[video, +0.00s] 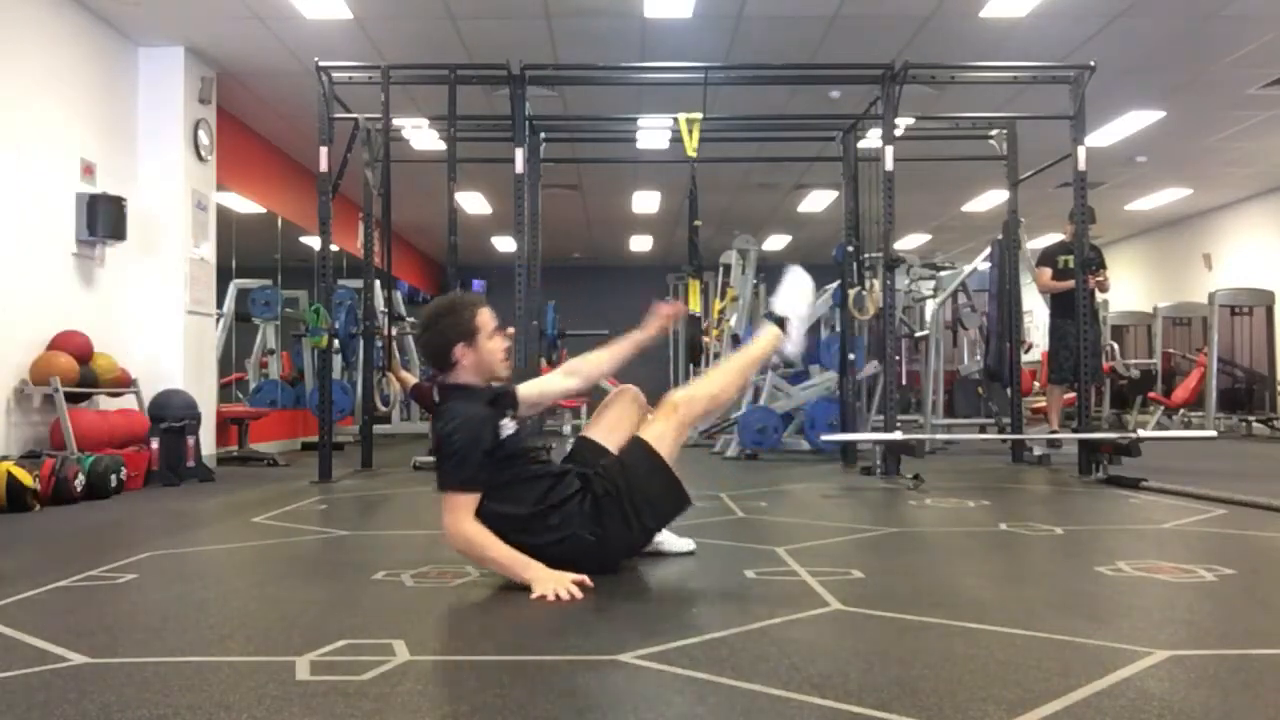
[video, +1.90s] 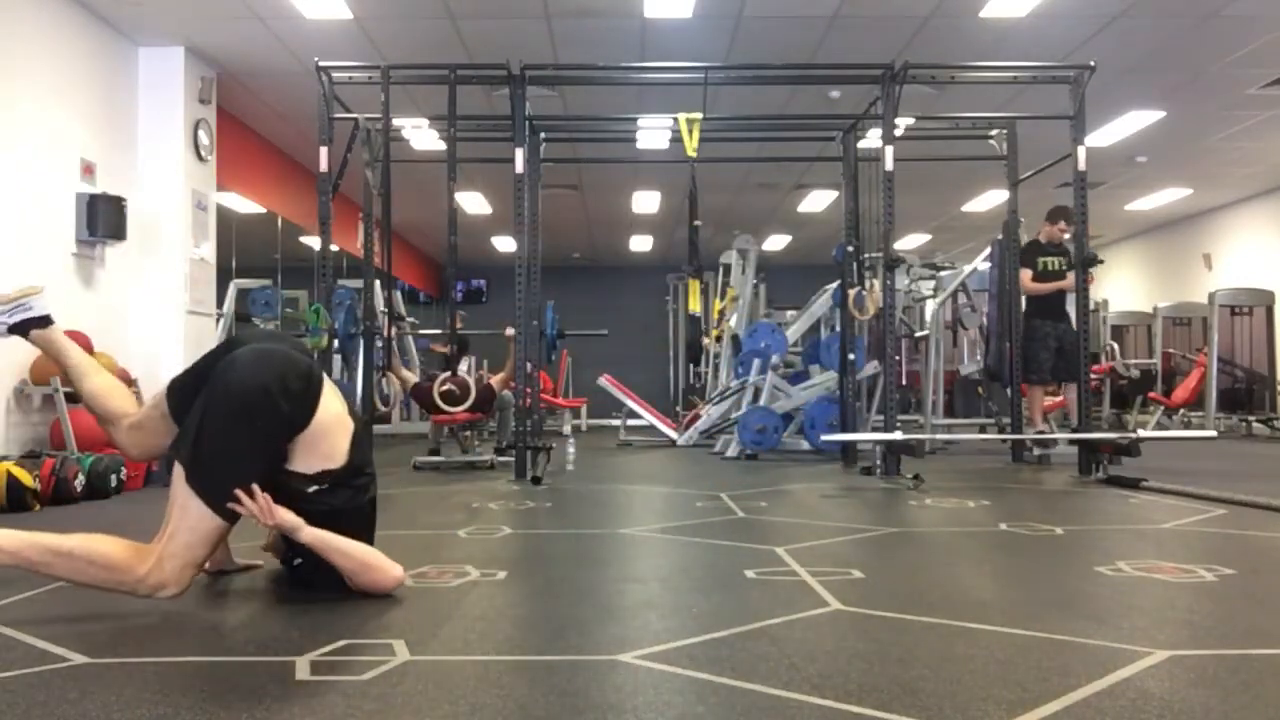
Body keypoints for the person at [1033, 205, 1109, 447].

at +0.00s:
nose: (1082, 230)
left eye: (1086, 225)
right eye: (1078, 224)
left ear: (1092, 227)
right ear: (1069, 224)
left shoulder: (1094, 252)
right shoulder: (1051, 252)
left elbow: (1104, 287)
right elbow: (1043, 285)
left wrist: (1100, 282)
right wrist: (1075, 283)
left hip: (1089, 321)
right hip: (1062, 321)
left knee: (1089, 375)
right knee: (1058, 377)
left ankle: (1087, 423)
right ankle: (1054, 427)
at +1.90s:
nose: (1065, 236)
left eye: (1067, 231)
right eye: (1062, 230)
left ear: (1063, 230)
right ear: (1049, 225)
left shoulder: (1064, 251)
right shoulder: (1029, 250)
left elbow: (1069, 280)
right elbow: (1025, 286)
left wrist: (1081, 280)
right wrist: (1063, 284)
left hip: (1061, 318)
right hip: (1038, 319)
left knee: (1072, 373)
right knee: (1038, 377)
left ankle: (1076, 422)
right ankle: (1038, 425)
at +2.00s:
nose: (1061, 236)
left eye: (1063, 232)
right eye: (1059, 230)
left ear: (1060, 229)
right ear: (1047, 224)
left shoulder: (1059, 251)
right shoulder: (1028, 250)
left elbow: (1065, 279)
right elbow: (1025, 286)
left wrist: (1079, 278)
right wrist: (1061, 284)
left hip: (1058, 317)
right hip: (1035, 318)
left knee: (1067, 374)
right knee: (1037, 376)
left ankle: (1066, 425)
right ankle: (1037, 425)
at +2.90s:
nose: (1060, 235)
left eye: (1062, 231)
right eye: (1058, 229)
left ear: (1058, 228)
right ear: (1045, 224)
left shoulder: (1060, 251)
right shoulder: (1026, 250)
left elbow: (1067, 280)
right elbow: (1026, 286)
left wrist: (1079, 276)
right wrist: (1063, 283)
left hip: (1060, 316)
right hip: (1037, 318)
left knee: (1072, 372)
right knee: (1037, 376)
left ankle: (1074, 421)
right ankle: (1036, 426)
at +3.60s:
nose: (1091, 228)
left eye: (1094, 223)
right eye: (1087, 223)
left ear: (1097, 224)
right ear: (1076, 221)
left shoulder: (1101, 251)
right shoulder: (1058, 250)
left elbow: (1111, 285)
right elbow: (1046, 283)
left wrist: (1106, 282)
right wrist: (1080, 283)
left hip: (1090, 319)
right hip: (1063, 318)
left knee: (1088, 374)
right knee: (1055, 373)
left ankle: (1085, 422)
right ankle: (1047, 423)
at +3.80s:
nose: (1085, 226)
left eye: (1089, 221)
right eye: (1081, 221)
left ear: (1096, 222)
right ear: (1073, 221)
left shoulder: (1101, 251)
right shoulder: (1057, 250)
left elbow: (1111, 285)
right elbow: (1046, 283)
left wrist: (1102, 282)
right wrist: (1077, 284)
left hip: (1092, 319)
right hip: (1064, 320)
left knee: (1090, 375)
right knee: (1059, 376)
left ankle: (1086, 424)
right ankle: (1054, 427)